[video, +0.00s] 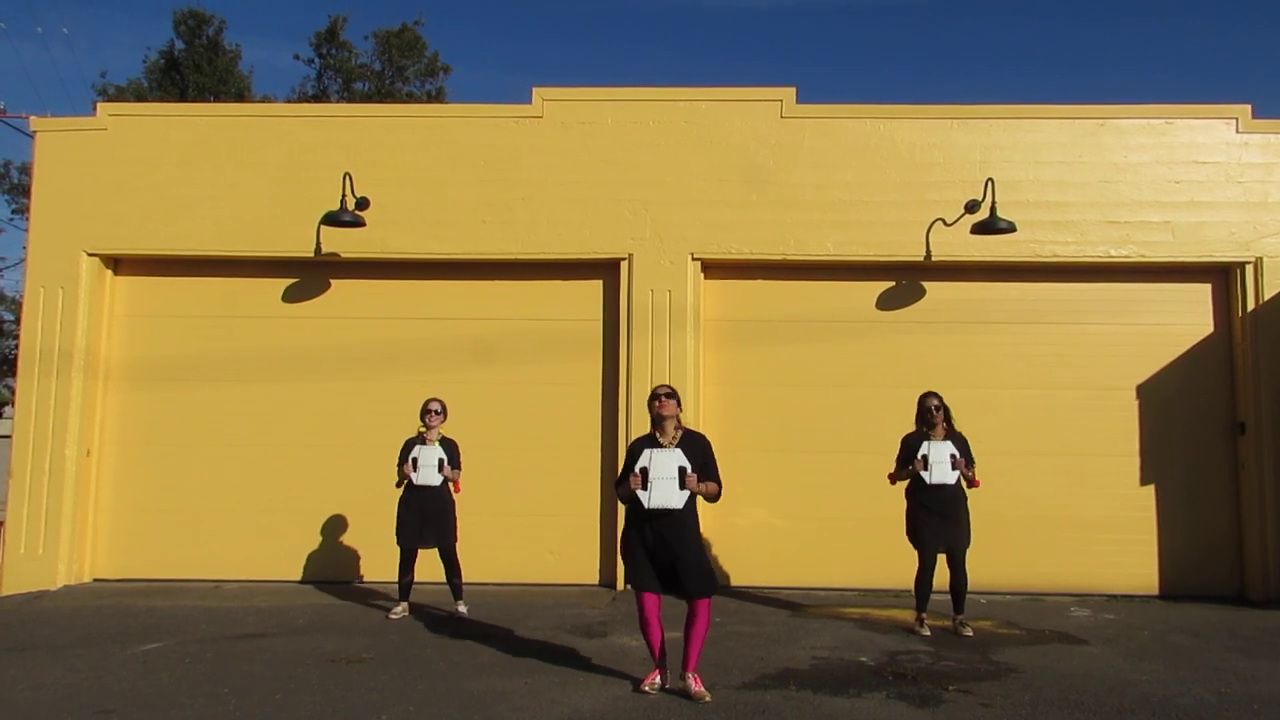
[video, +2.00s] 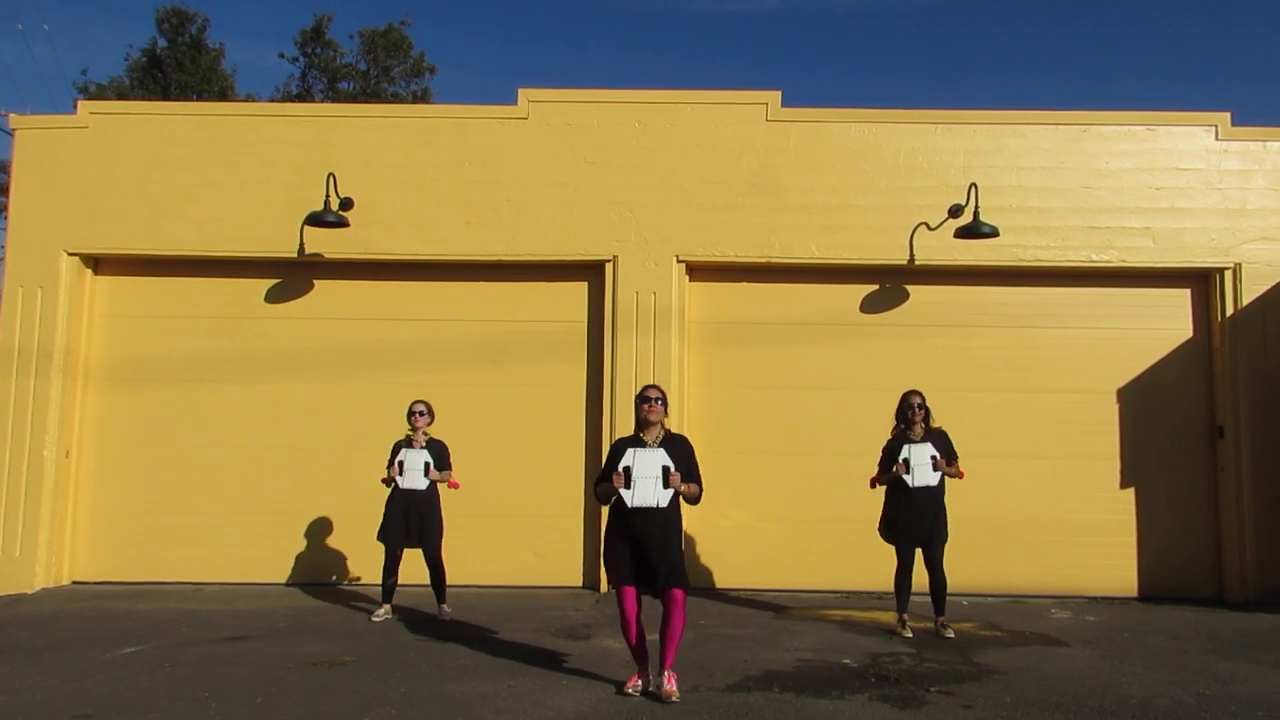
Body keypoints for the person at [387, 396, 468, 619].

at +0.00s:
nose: (432, 416)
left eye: (437, 412)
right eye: (428, 412)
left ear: (443, 417)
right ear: (422, 416)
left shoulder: (449, 445)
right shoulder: (411, 443)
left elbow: (456, 476)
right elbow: (400, 477)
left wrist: (449, 473)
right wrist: (404, 473)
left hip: (440, 505)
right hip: (412, 505)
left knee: (448, 554)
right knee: (407, 554)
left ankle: (459, 603)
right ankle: (403, 603)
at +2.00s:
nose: (417, 417)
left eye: (421, 413)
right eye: (413, 414)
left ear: (430, 417)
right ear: (408, 418)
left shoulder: (438, 446)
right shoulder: (400, 446)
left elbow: (447, 475)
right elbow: (388, 478)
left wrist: (436, 475)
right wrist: (391, 476)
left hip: (427, 510)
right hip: (399, 509)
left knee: (433, 558)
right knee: (392, 556)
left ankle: (442, 605)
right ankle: (386, 605)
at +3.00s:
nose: (407, 423)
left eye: (412, 420)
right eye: (403, 420)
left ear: (420, 425)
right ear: (399, 426)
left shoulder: (428, 454)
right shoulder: (391, 453)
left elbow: (438, 483)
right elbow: (374, 479)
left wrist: (430, 482)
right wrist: (387, 474)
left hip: (419, 516)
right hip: (391, 514)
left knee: (424, 561)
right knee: (382, 561)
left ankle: (432, 607)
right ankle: (378, 606)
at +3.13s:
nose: (407, 409)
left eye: (412, 406)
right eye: (403, 406)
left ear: (420, 412)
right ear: (398, 411)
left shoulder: (425, 436)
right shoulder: (390, 433)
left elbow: (440, 462)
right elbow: (381, 443)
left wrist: (450, 450)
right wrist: (410, 438)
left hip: (419, 501)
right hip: (392, 500)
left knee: (420, 554)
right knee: (385, 552)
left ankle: (426, 601)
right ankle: (375, 601)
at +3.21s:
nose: (407, 408)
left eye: (413, 405)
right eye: (403, 405)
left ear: (420, 413)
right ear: (397, 410)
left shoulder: (423, 439)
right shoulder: (388, 433)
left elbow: (442, 449)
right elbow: (391, 426)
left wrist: (458, 433)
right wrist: (422, 418)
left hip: (419, 501)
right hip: (393, 500)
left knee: (417, 553)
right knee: (388, 551)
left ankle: (418, 603)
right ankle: (382, 598)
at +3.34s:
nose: (409, 415)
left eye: (414, 413)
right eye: (408, 412)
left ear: (420, 420)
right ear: (403, 419)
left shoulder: (424, 443)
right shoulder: (393, 440)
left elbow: (447, 433)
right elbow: (396, 419)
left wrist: (456, 406)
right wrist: (417, 397)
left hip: (421, 508)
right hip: (394, 508)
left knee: (419, 559)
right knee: (386, 553)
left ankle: (417, 606)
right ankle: (394, 597)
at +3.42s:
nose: (414, 408)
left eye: (419, 406)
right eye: (411, 406)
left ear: (424, 414)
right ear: (404, 412)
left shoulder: (429, 438)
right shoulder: (394, 435)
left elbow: (442, 420)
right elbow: (391, 412)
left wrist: (443, 389)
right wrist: (403, 385)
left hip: (421, 502)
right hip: (394, 501)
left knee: (418, 555)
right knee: (392, 552)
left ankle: (416, 604)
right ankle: (400, 596)